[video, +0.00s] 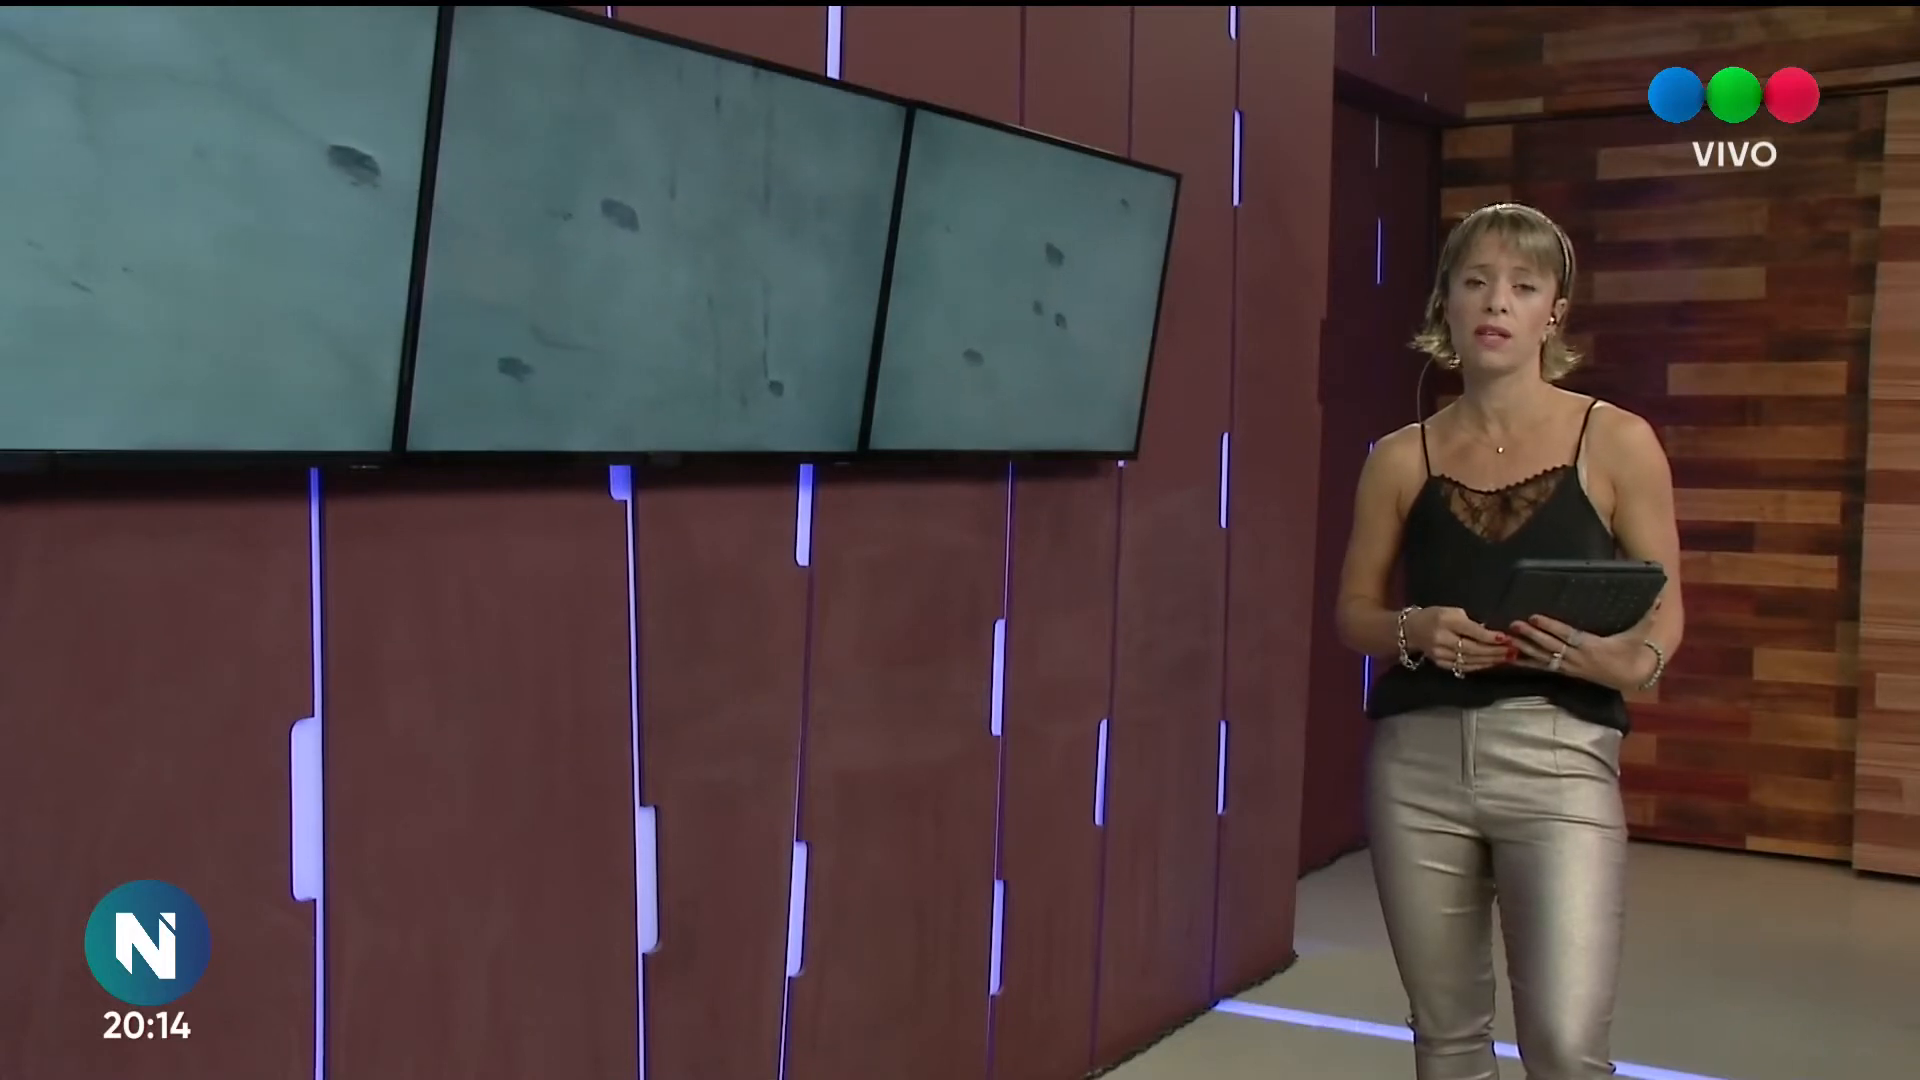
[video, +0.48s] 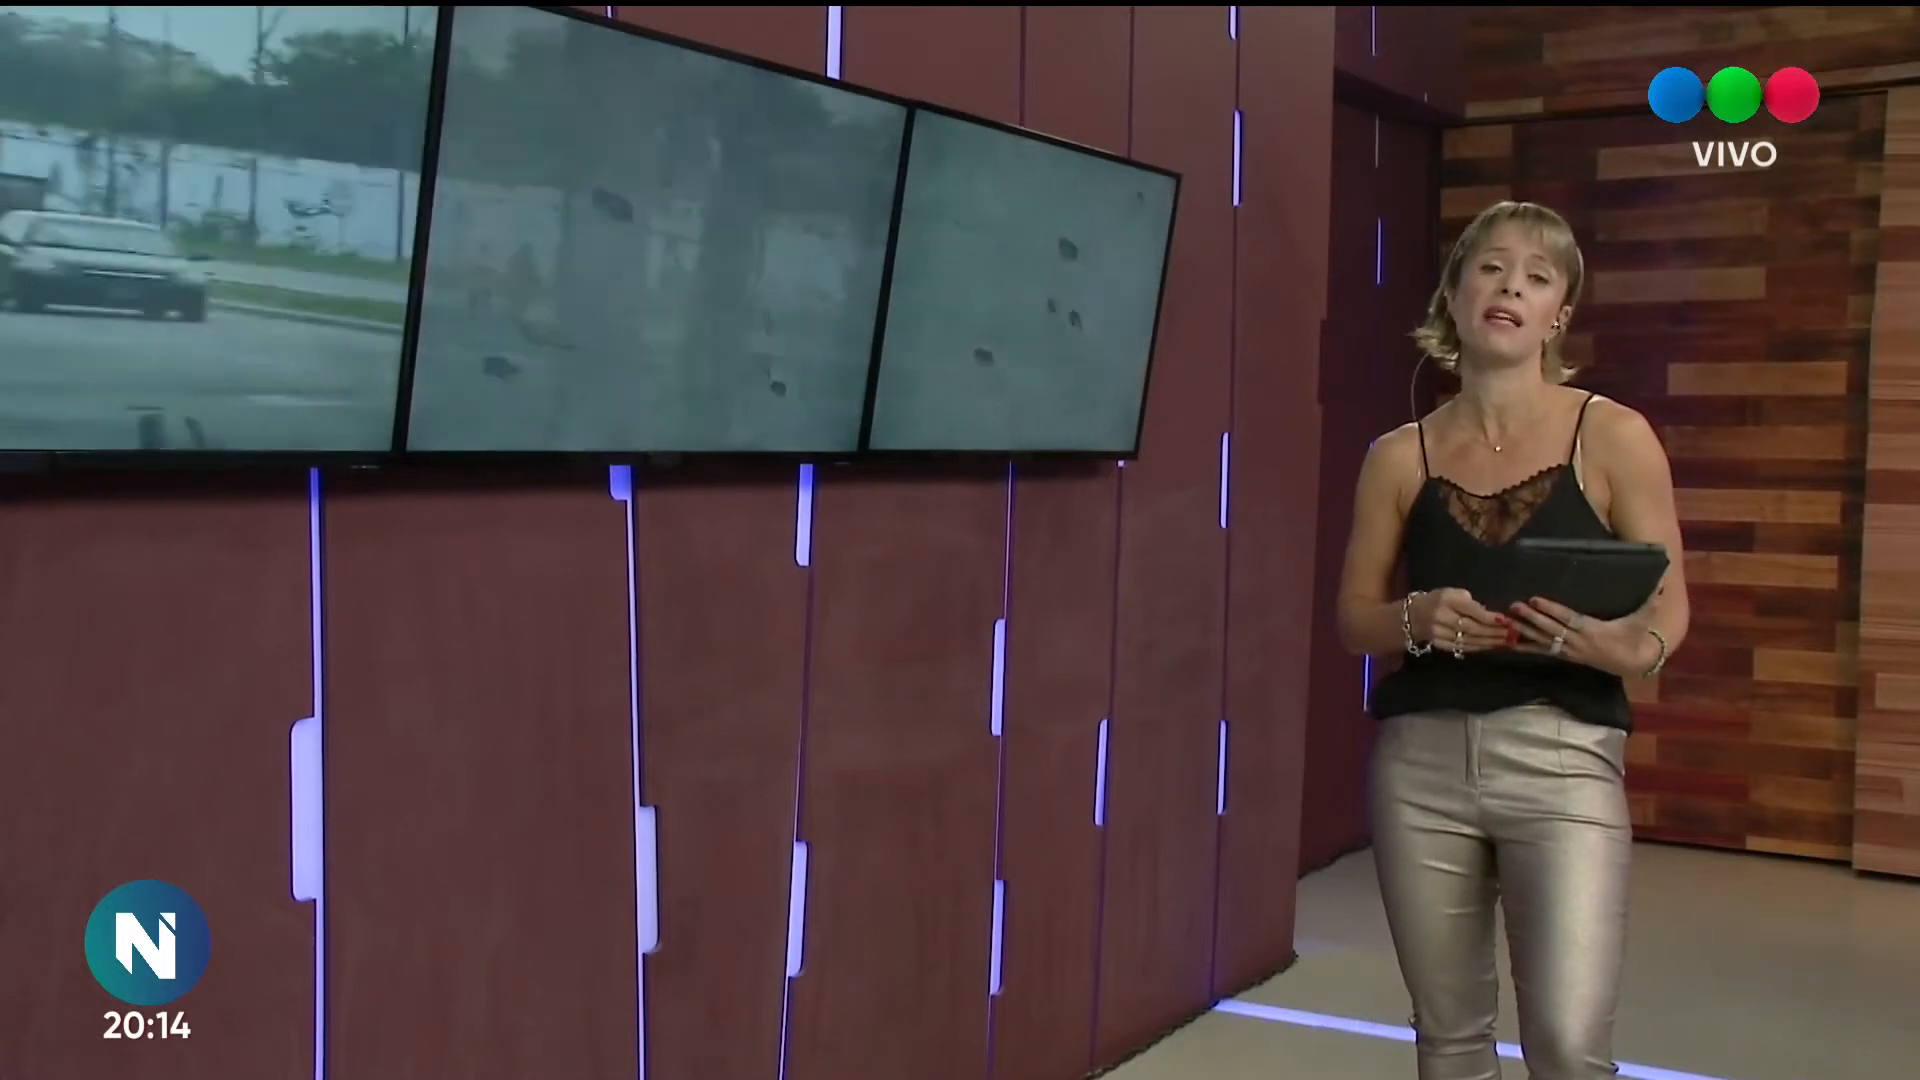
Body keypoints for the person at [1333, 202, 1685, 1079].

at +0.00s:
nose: (1493, 301)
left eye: (1519, 286)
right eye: (1474, 282)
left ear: (1553, 314)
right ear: (1445, 306)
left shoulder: (1618, 443)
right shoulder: (1399, 460)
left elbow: (1663, 604)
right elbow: (1353, 614)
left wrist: (1630, 662)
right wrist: (1411, 630)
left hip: (1558, 767)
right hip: (1416, 768)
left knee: (1564, 1049)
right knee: (1446, 1040)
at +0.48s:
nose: (1507, 287)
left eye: (1536, 278)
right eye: (1489, 268)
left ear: (1560, 316)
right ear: (1452, 295)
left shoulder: (1616, 438)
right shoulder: (1399, 457)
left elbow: (1667, 608)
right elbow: (1355, 617)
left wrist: (1625, 651)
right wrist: (1415, 616)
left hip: (1563, 767)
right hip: (1420, 767)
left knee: (1568, 1050)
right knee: (1448, 1041)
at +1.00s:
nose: (1490, 296)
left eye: (1517, 280)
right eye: (1472, 277)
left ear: (1555, 308)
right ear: (1445, 301)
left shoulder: (1617, 439)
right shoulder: (1400, 456)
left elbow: (1666, 598)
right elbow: (1355, 612)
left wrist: (1628, 663)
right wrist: (1411, 625)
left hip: (1563, 768)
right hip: (1420, 768)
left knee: (1566, 1051)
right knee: (1448, 1043)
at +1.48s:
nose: (1495, 296)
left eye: (1522, 280)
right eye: (1476, 278)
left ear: (1559, 308)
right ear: (1449, 303)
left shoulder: (1625, 440)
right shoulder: (1405, 457)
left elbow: (1670, 608)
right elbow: (1360, 612)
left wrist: (1628, 664)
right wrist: (1418, 624)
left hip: (1569, 769)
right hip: (1425, 769)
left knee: (1572, 1051)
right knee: (1452, 1041)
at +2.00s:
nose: (1494, 298)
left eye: (1521, 282)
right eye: (1476, 279)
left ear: (1559, 310)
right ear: (1449, 303)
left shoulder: (1624, 442)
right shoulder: (1404, 458)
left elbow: (1671, 607)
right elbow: (1359, 613)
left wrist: (1636, 666)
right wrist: (1420, 623)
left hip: (1568, 770)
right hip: (1425, 770)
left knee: (1571, 1052)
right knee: (1451, 1042)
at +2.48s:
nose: (1489, 300)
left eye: (1515, 283)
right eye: (1470, 280)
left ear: (1552, 310)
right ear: (1443, 304)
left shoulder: (1618, 442)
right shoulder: (1398, 457)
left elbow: (1666, 605)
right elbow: (1354, 613)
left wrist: (1636, 666)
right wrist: (1417, 621)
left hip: (1563, 769)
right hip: (1420, 770)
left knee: (1567, 1052)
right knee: (1447, 1044)